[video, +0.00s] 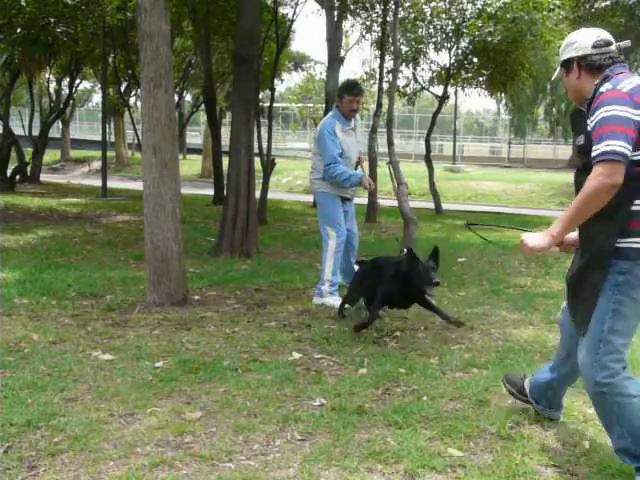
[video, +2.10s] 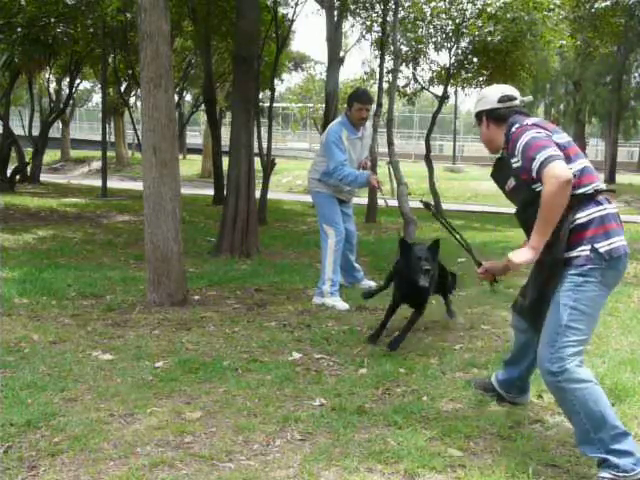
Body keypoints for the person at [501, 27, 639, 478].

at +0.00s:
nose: (564, 86)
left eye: (565, 76)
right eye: (564, 77)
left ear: (582, 70)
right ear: (595, 66)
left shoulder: (615, 98)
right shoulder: (616, 94)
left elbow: (608, 176)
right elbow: (619, 184)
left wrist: (552, 233)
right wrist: (581, 235)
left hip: (627, 251)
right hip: (608, 248)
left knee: (601, 364)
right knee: (575, 321)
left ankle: (635, 458)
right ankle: (546, 394)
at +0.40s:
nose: (536, 89)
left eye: (535, 80)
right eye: (535, 81)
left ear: (547, 74)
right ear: (571, 68)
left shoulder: (570, 96)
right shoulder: (596, 92)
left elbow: (557, 173)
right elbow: (614, 170)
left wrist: (508, 227)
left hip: (592, 235)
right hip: (595, 231)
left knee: (550, 346)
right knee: (537, 307)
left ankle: (605, 457)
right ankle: (540, 396)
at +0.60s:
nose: (528, 92)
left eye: (528, 84)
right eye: (528, 85)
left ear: (538, 77)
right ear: (570, 72)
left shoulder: (553, 102)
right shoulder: (608, 107)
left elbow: (514, 173)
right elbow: (619, 178)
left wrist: (462, 210)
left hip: (579, 235)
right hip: (600, 232)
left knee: (546, 348)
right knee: (535, 293)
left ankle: (605, 457)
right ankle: (526, 384)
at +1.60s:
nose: (487, 117)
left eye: (487, 110)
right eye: (487, 110)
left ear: (496, 107)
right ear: (524, 101)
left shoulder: (510, 130)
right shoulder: (551, 128)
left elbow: (466, 187)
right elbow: (561, 200)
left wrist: (416, 195)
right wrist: (509, 228)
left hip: (551, 247)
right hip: (577, 245)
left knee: (516, 350)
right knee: (506, 294)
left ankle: (568, 453)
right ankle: (505, 383)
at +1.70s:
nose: (478, 139)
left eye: (478, 131)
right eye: (478, 132)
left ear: (487, 127)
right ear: (510, 121)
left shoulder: (510, 139)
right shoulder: (525, 138)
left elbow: (507, 197)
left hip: (569, 246)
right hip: (554, 245)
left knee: (517, 339)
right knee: (498, 303)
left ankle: (564, 449)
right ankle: (503, 383)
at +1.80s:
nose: (470, 151)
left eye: (470, 143)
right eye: (468, 144)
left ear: (480, 137)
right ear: (489, 139)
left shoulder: (514, 143)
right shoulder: (498, 175)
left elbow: (551, 184)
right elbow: (483, 232)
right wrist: (451, 264)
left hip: (580, 249)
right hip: (550, 253)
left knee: (531, 341)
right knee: (498, 307)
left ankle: (589, 452)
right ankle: (506, 385)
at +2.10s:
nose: (480, 136)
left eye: (479, 126)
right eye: (479, 127)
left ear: (490, 121)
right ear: (502, 119)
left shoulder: (525, 132)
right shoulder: (519, 152)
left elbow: (558, 177)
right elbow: (543, 228)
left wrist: (533, 246)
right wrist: (505, 265)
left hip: (593, 249)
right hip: (566, 251)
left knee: (558, 360)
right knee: (527, 317)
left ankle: (622, 461)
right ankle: (511, 385)